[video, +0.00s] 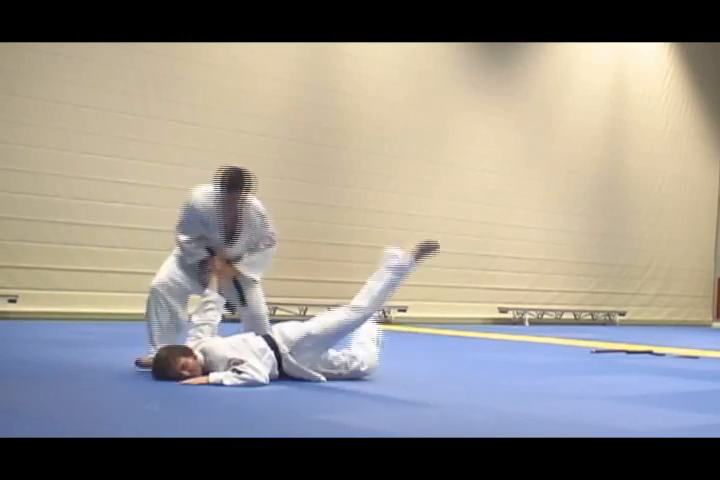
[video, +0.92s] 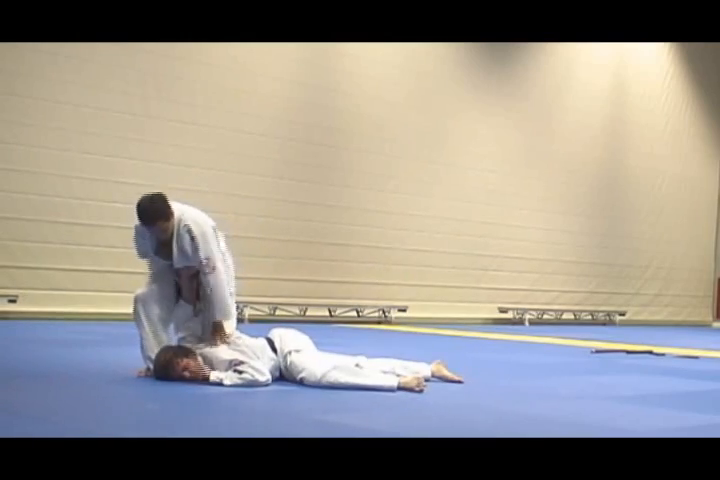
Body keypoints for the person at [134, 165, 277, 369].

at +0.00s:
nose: (232, 205)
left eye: (237, 200)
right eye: (228, 199)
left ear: (244, 195)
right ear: (219, 193)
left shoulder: (255, 212)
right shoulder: (200, 201)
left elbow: (267, 246)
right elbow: (185, 238)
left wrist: (237, 268)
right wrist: (206, 261)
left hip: (237, 265)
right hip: (196, 260)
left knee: (257, 313)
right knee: (161, 289)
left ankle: (267, 360)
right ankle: (161, 352)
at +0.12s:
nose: (193, 198)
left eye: (197, 193)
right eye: (188, 193)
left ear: (206, 187)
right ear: (180, 188)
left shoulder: (228, 199)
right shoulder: (168, 200)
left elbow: (253, 236)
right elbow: (168, 243)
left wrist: (223, 260)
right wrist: (196, 260)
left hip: (230, 264)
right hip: (188, 263)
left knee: (241, 319)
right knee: (158, 293)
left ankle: (263, 361)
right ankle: (156, 358)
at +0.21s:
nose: (173, 204)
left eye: (176, 198)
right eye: (167, 200)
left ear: (185, 191)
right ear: (160, 197)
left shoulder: (212, 203)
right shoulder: (154, 212)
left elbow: (246, 236)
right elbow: (157, 250)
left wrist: (214, 262)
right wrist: (187, 262)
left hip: (223, 269)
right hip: (182, 268)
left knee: (221, 330)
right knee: (153, 295)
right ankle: (162, 362)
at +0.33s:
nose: (151, 219)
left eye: (154, 213)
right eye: (146, 216)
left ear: (161, 204)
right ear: (140, 214)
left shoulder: (188, 214)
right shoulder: (147, 221)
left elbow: (229, 245)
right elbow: (164, 259)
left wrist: (212, 285)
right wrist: (179, 286)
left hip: (223, 267)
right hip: (186, 271)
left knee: (217, 333)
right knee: (152, 297)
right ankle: (154, 363)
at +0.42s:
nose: (143, 229)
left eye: (146, 223)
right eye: (138, 226)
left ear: (153, 212)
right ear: (133, 225)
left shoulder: (186, 223)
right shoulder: (147, 225)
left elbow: (210, 267)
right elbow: (165, 254)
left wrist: (214, 316)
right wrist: (189, 279)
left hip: (225, 263)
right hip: (185, 268)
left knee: (218, 328)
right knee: (156, 301)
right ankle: (156, 365)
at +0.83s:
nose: (159, 239)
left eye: (163, 233)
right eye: (153, 235)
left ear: (170, 221)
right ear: (145, 230)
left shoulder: (196, 229)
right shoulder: (146, 228)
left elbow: (211, 277)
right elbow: (158, 258)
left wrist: (218, 324)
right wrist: (184, 277)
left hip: (215, 265)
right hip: (175, 268)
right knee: (149, 301)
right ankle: (155, 363)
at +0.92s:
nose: (159, 233)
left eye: (163, 227)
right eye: (153, 229)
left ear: (171, 217)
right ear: (146, 226)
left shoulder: (195, 226)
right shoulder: (143, 229)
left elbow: (213, 271)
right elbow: (155, 266)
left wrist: (219, 319)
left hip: (205, 269)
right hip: (169, 270)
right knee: (145, 301)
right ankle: (156, 364)